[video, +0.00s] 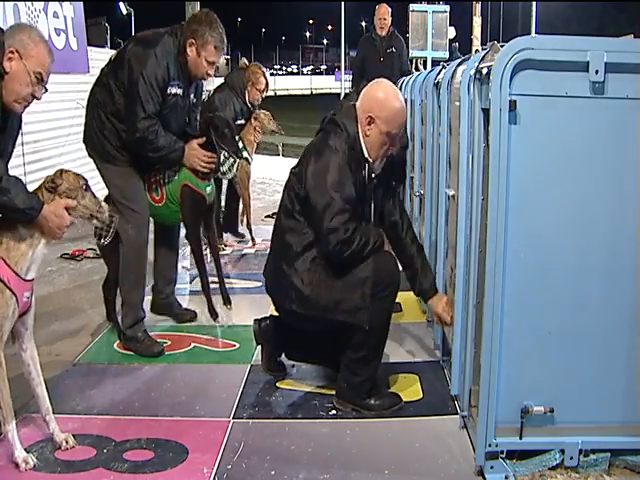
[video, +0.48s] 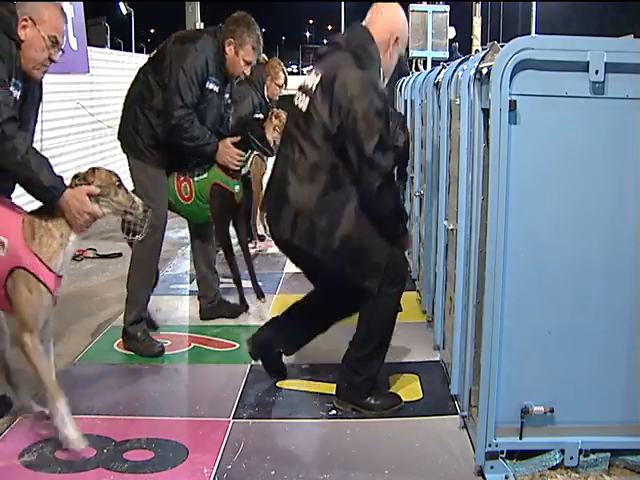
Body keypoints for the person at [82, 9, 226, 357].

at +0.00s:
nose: (211, 71)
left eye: (216, 65)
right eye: (209, 63)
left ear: (199, 48)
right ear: (190, 47)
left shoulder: (192, 66)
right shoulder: (149, 58)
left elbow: (188, 121)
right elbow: (140, 129)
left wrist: (194, 147)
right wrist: (182, 151)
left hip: (153, 141)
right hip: (113, 139)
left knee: (169, 213)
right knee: (136, 216)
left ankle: (164, 297)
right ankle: (131, 322)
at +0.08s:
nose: (216, 67)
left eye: (220, 60)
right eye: (214, 59)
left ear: (202, 44)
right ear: (193, 43)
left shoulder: (192, 63)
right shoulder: (154, 55)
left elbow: (191, 119)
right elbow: (144, 126)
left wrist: (200, 145)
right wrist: (185, 150)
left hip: (155, 141)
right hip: (117, 140)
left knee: (172, 216)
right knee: (140, 219)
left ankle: (182, 298)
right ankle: (131, 323)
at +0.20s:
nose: (223, 67)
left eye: (227, 60)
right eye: (221, 58)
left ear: (211, 44)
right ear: (201, 42)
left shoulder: (201, 65)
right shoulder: (163, 55)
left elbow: (199, 120)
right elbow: (153, 124)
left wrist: (209, 146)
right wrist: (193, 149)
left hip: (164, 143)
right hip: (125, 142)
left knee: (181, 218)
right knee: (145, 219)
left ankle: (207, 297)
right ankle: (133, 325)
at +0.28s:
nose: (231, 70)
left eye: (235, 63)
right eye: (228, 61)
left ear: (218, 46)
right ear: (209, 45)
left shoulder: (208, 68)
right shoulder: (169, 55)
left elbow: (206, 121)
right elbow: (159, 124)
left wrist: (214, 147)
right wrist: (198, 149)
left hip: (172, 144)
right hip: (133, 142)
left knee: (188, 218)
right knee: (149, 221)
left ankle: (210, 300)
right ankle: (132, 324)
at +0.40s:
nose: (240, 71)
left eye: (245, 65)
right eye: (238, 63)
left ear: (230, 50)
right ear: (220, 46)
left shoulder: (221, 70)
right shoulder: (182, 54)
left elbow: (216, 122)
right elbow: (169, 120)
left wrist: (223, 145)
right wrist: (208, 149)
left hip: (183, 144)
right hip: (142, 139)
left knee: (199, 217)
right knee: (152, 219)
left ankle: (210, 301)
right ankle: (134, 324)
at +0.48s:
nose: (247, 70)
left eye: (252, 64)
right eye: (245, 61)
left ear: (238, 49)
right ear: (228, 46)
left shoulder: (232, 69)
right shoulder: (191, 52)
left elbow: (234, 120)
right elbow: (177, 117)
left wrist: (261, 132)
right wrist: (214, 148)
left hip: (190, 145)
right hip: (148, 139)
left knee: (203, 218)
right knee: (154, 220)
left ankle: (210, 301)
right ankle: (134, 323)